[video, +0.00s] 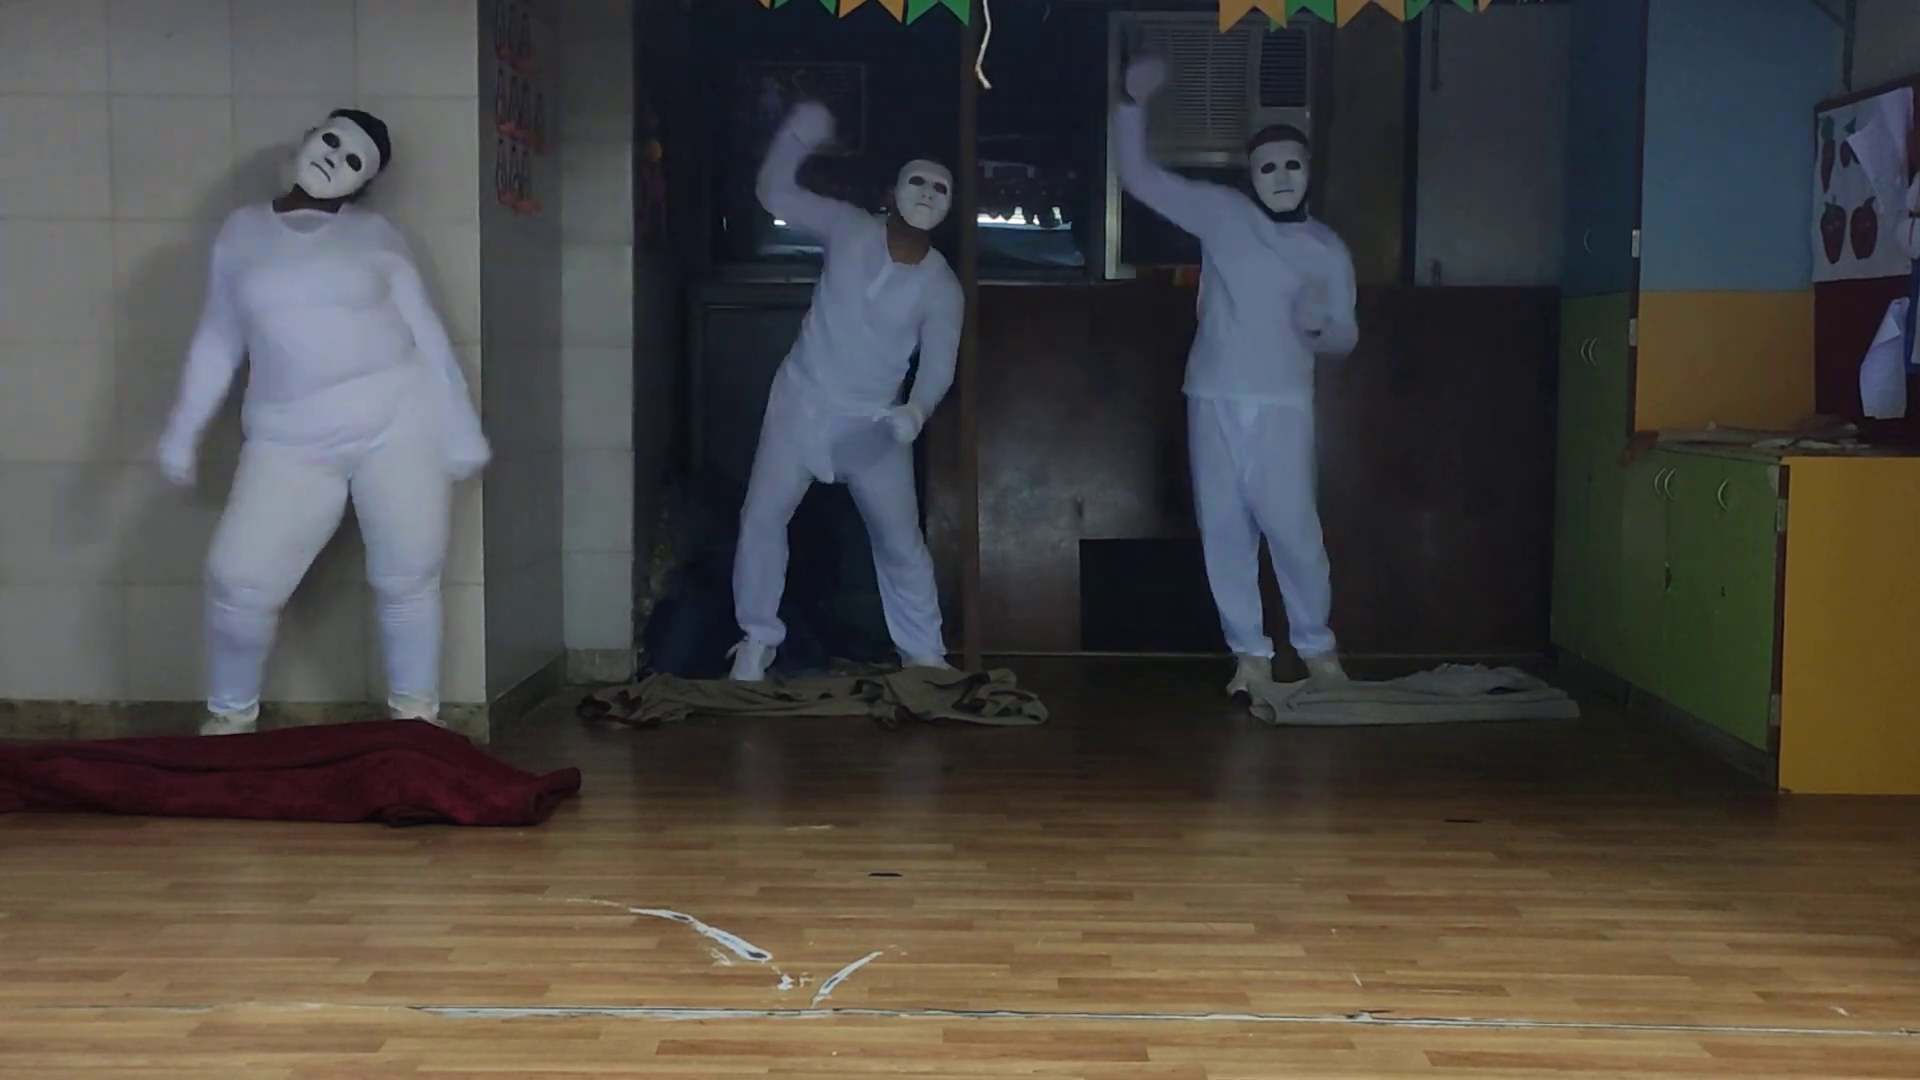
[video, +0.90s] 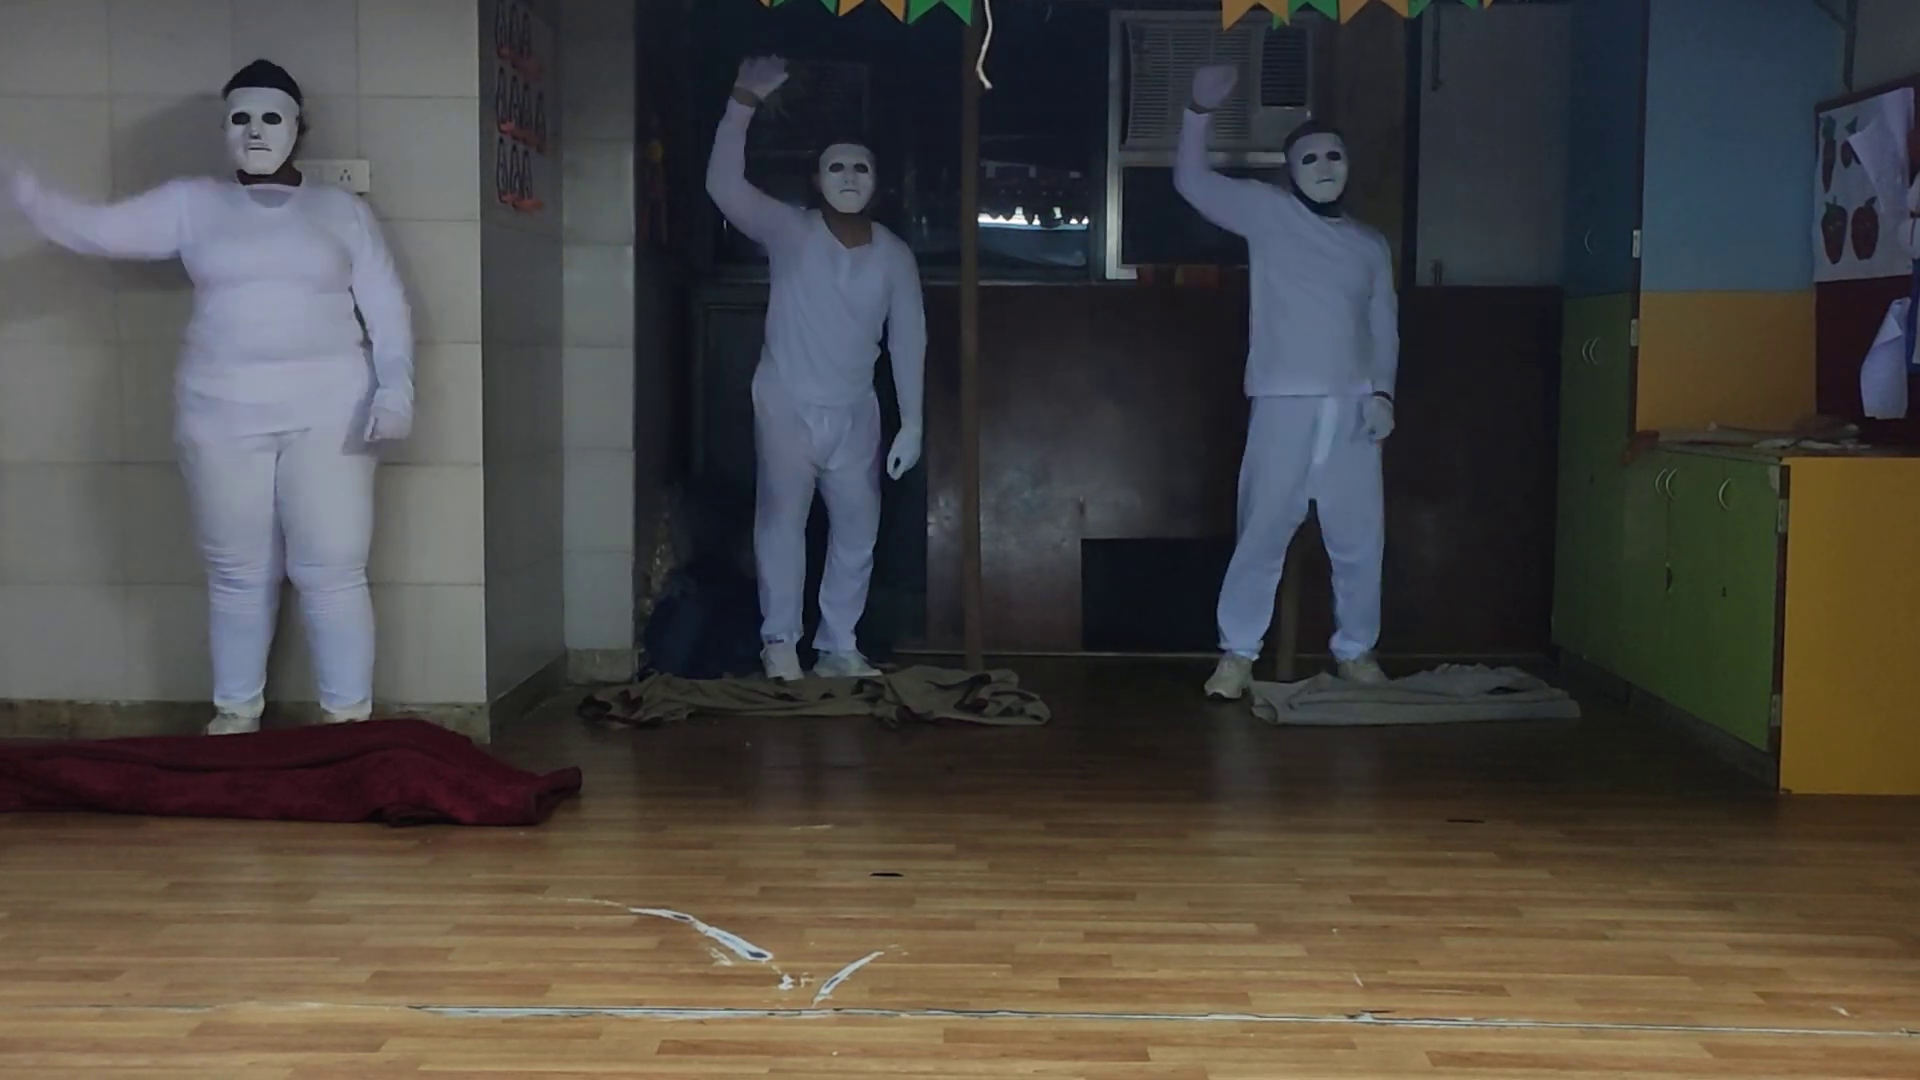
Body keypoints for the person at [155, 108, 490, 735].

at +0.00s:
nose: (333, 161)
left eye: (352, 163)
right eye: (330, 144)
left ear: (363, 183)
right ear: (304, 143)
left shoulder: (377, 239)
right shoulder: (244, 237)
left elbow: (429, 338)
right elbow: (217, 341)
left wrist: (462, 431)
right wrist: (182, 436)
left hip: (395, 428)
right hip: (290, 442)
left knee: (407, 578)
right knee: (239, 580)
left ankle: (414, 715)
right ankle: (231, 716)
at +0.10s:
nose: (326, 158)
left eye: (345, 160)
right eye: (322, 142)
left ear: (357, 180)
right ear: (299, 142)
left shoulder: (380, 233)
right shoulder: (242, 239)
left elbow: (434, 325)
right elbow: (232, 350)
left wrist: (485, 413)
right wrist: (228, 445)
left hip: (399, 421)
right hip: (292, 434)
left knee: (409, 574)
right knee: (243, 578)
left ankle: (414, 713)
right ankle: (235, 714)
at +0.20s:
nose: (277, 116)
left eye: (293, 103)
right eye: (265, 107)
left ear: (325, 116)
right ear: (253, 125)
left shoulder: (375, 196)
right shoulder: (239, 210)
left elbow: (456, 268)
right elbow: (200, 307)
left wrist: (540, 320)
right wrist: (139, 386)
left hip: (384, 401)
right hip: (273, 405)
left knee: (396, 562)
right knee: (231, 556)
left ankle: (415, 716)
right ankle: (223, 712)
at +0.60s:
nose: (235, 138)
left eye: (247, 122)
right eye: (218, 131)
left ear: (278, 129)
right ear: (209, 147)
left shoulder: (336, 215)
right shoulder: (197, 224)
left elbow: (397, 311)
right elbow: (158, 330)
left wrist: (465, 321)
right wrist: (113, 415)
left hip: (318, 417)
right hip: (207, 419)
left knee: (360, 565)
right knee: (214, 576)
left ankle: (389, 711)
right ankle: (231, 714)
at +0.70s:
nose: (249, 126)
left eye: (265, 113)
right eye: (235, 114)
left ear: (289, 124)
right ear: (218, 124)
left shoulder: (332, 210)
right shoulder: (185, 212)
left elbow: (361, 321)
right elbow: (156, 319)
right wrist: (145, 414)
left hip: (319, 408)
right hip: (210, 413)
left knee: (350, 561)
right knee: (226, 569)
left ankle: (381, 706)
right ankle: (234, 712)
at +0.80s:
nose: (253, 126)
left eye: (269, 115)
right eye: (239, 114)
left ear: (294, 126)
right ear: (222, 123)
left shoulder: (335, 210)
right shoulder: (190, 206)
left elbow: (369, 311)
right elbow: (130, 280)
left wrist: (375, 404)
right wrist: (76, 346)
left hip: (320, 414)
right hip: (215, 418)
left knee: (336, 569)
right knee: (233, 571)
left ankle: (354, 712)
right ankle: (236, 713)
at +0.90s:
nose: (256, 131)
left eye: (273, 118)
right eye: (242, 118)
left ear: (296, 130)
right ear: (225, 129)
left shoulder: (340, 211)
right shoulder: (195, 205)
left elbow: (386, 307)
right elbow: (101, 227)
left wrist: (395, 392)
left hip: (329, 416)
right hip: (225, 418)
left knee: (334, 571)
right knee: (238, 572)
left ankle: (348, 713)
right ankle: (237, 711)